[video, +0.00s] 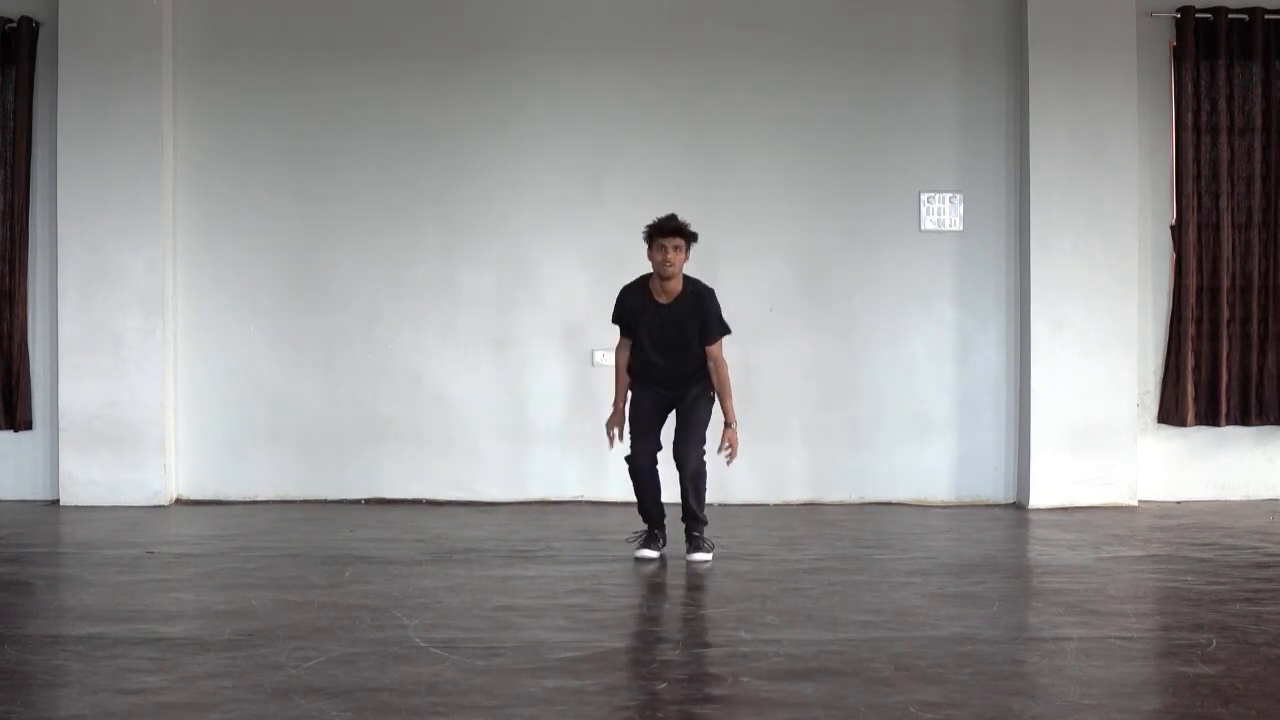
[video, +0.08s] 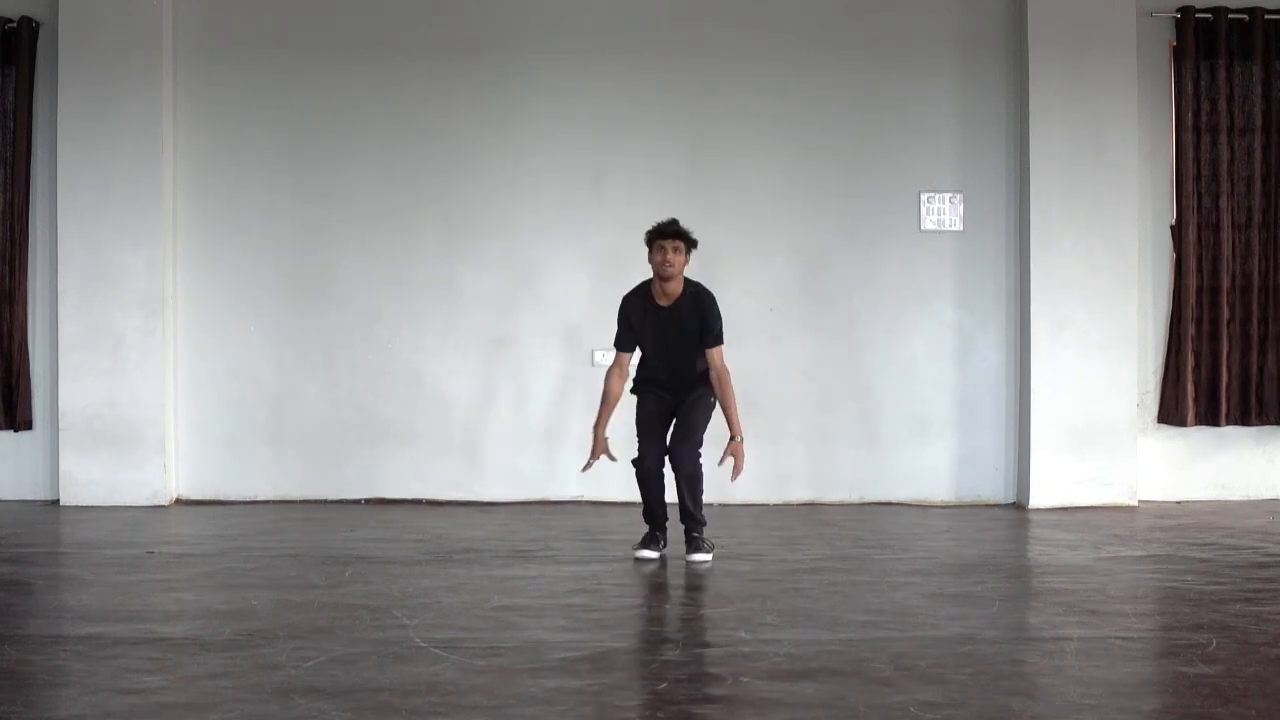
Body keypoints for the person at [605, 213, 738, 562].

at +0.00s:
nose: (668, 256)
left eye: (676, 249)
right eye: (660, 249)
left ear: (686, 256)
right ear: (649, 254)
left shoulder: (702, 297)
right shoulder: (631, 296)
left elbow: (716, 360)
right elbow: (623, 350)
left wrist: (730, 422)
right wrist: (618, 407)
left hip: (695, 386)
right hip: (648, 387)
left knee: (688, 454)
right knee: (640, 456)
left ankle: (695, 534)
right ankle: (654, 532)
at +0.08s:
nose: (667, 257)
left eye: (676, 251)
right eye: (660, 250)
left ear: (687, 259)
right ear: (649, 257)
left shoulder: (702, 301)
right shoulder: (634, 302)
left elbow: (717, 368)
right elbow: (619, 368)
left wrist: (736, 434)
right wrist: (599, 429)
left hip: (697, 388)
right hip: (653, 389)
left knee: (682, 452)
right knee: (647, 459)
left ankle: (695, 534)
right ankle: (656, 533)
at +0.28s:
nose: (669, 156)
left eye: (677, 148)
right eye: (661, 149)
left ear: (688, 152)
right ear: (650, 152)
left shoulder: (703, 193)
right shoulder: (631, 197)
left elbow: (745, 245)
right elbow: (614, 255)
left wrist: (738, 263)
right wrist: (603, 252)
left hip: (696, 325)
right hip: (647, 327)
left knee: (705, 418)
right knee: (652, 420)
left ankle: (707, 507)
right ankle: (656, 504)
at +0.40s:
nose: (668, 120)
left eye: (676, 113)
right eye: (660, 113)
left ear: (687, 119)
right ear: (650, 118)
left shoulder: (707, 161)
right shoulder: (635, 162)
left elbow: (748, 205)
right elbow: (607, 211)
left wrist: (763, 234)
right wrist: (588, 225)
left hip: (693, 287)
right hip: (644, 286)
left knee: (714, 370)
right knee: (631, 371)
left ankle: (700, 412)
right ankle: (667, 381)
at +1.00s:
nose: (665, 178)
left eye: (673, 172)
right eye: (658, 171)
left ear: (684, 180)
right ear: (646, 177)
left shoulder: (699, 227)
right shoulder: (626, 224)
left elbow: (709, 287)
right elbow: (607, 285)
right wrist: (595, 274)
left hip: (687, 358)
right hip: (634, 357)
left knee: (712, 444)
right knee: (610, 443)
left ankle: (734, 531)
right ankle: (586, 536)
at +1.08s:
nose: (668, 182)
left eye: (675, 176)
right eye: (660, 176)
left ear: (686, 185)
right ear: (647, 183)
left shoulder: (701, 236)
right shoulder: (626, 233)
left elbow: (701, 296)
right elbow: (616, 288)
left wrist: (715, 346)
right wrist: (605, 311)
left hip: (687, 365)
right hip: (634, 365)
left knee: (712, 452)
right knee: (610, 452)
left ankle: (730, 535)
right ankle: (588, 539)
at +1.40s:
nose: (672, 194)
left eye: (679, 186)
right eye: (663, 187)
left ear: (689, 188)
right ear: (651, 191)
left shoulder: (704, 217)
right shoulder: (644, 235)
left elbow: (739, 265)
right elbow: (630, 295)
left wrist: (684, 305)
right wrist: (613, 258)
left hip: (722, 336)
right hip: (676, 341)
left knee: (740, 434)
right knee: (676, 399)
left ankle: (740, 529)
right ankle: (696, 479)